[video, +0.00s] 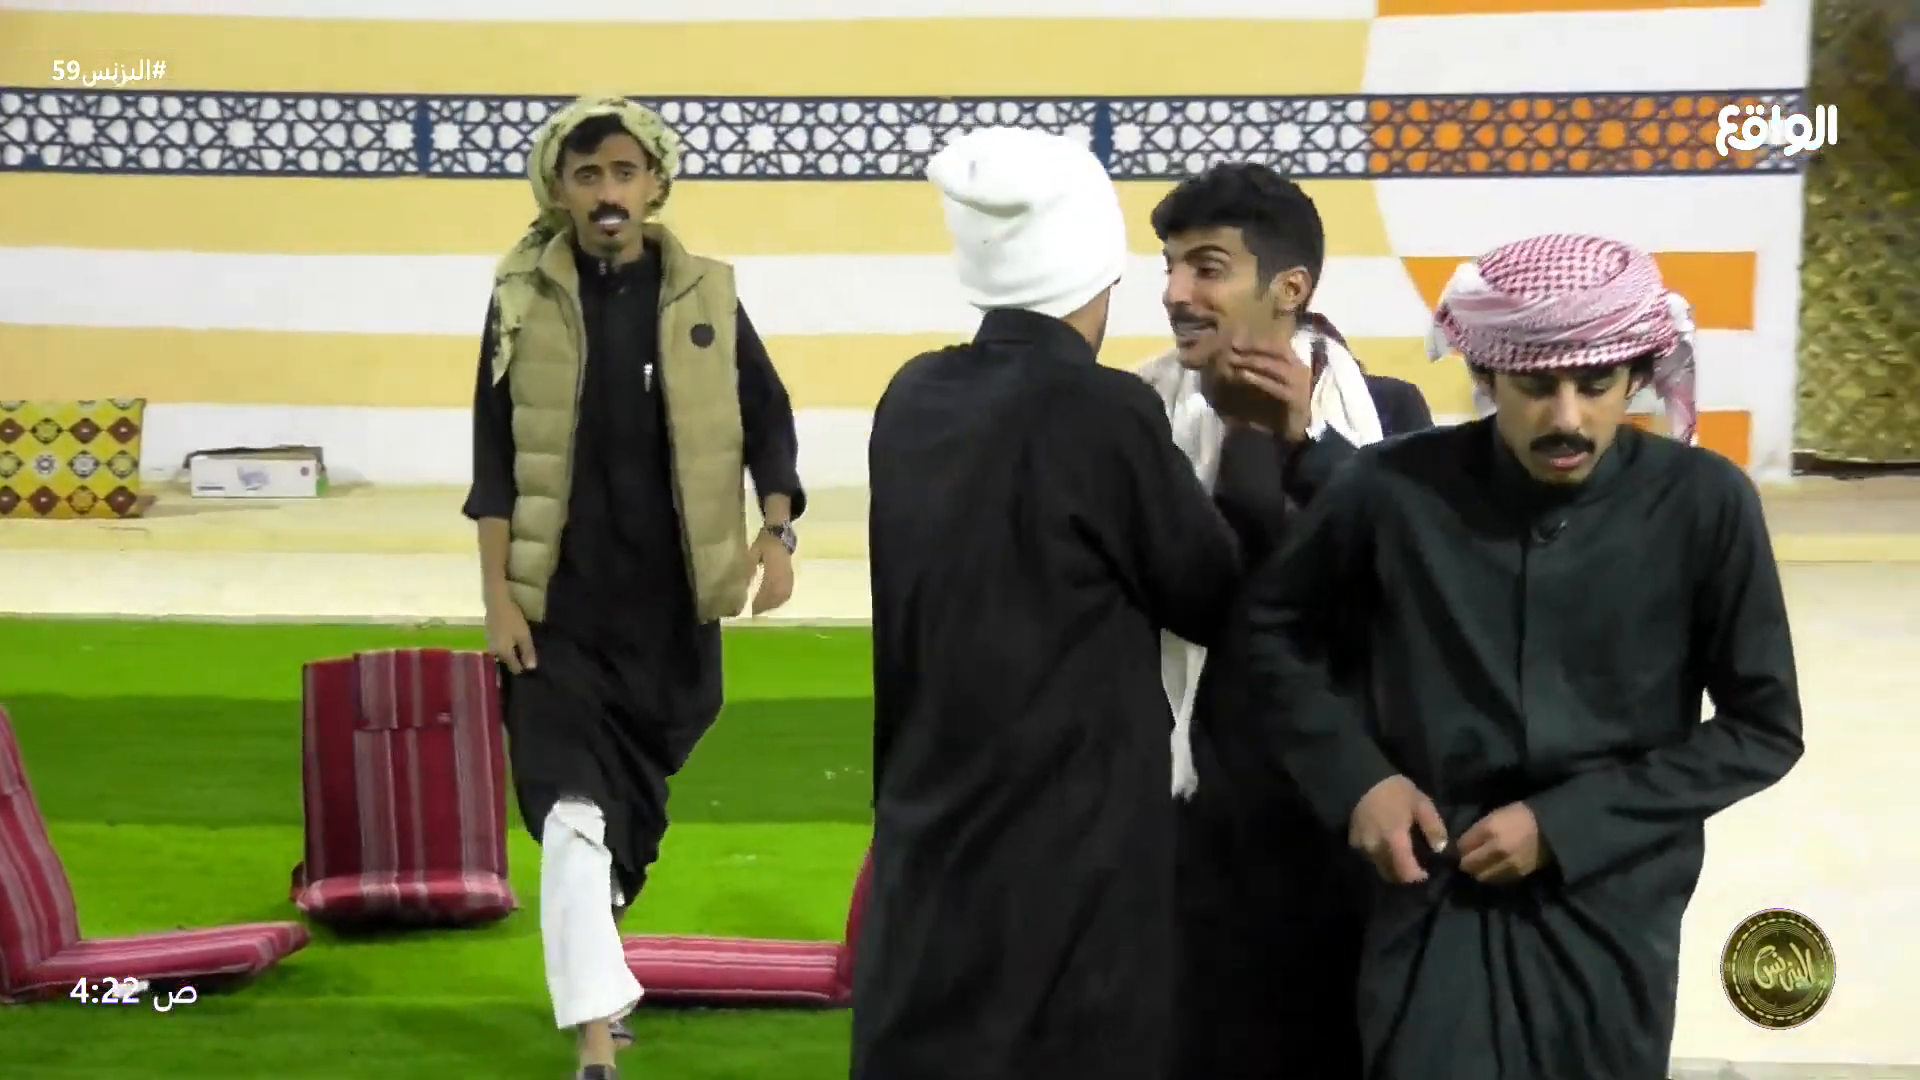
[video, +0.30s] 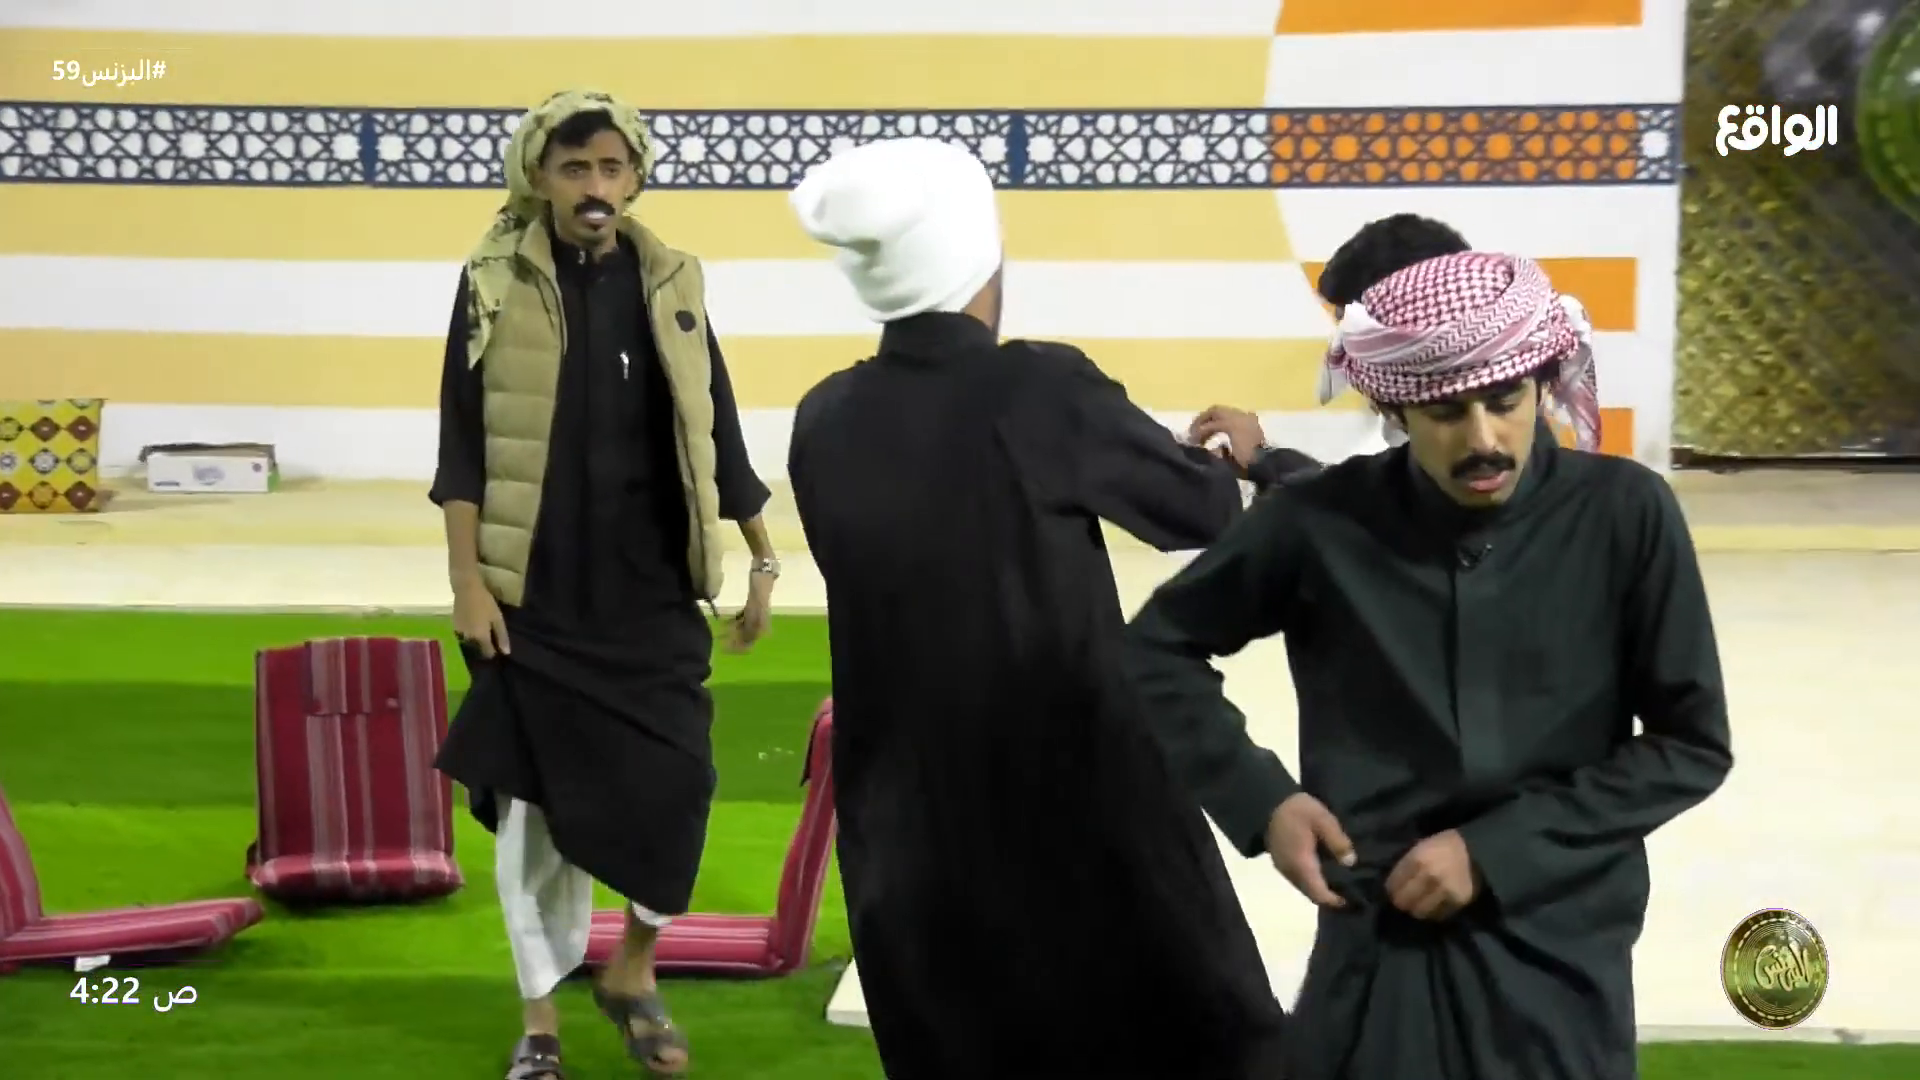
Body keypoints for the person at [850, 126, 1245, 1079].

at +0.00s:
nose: (1128, 286)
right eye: (1120, 265)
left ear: (984, 277)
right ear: (1099, 281)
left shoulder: (909, 400)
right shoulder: (1109, 412)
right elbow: (1211, 596)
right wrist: (1259, 438)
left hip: (929, 838)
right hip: (1083, 844)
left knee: (926, 1047)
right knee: (1084, 1050)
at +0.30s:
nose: (1001, 265)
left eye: (988, 243)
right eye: (994, 246)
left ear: (876, 280)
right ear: (985, 266)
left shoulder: (821, 422)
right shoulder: (1046, 389)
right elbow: (1208, 511)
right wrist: (1227, 449)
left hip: (907, 828)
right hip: (1073, 812)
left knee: (953, 1046)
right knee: (1131, 1034)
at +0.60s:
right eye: (969, 223)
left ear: (853, 269)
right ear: (969, 248)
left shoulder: (815, 407)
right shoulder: (1063, 370)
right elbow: (1246, 467)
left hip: (909, 836)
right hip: (1080, 816)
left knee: (938, 1045)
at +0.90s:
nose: (841, 353)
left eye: (845, 339)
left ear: (860, 361)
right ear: (969, 343)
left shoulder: (844, 481)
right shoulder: (1066, 450)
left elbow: (860, 628)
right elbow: (1100, 600)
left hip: (939, 849)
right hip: (1098, 841)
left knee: (901, 1054)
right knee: (1093, 1052)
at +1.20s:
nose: (668, 397)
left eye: (693, 371)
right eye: (666, 373)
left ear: (768, 381)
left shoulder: (839, 488)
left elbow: (907, 705)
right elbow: (840, 709)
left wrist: (827, 855)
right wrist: (697, 788)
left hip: (1011, 846)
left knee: (785, 1000)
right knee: (781, 981)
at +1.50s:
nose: (473, 581)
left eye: (475, 551)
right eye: (456, 563)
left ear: (539, 503)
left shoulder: (697, 531)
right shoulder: (573, 625)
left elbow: (838, 669)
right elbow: (652, 769)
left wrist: (810, 860)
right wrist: (635, 904)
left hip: (892, 787)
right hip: (753, 789)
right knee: (687, 1009)